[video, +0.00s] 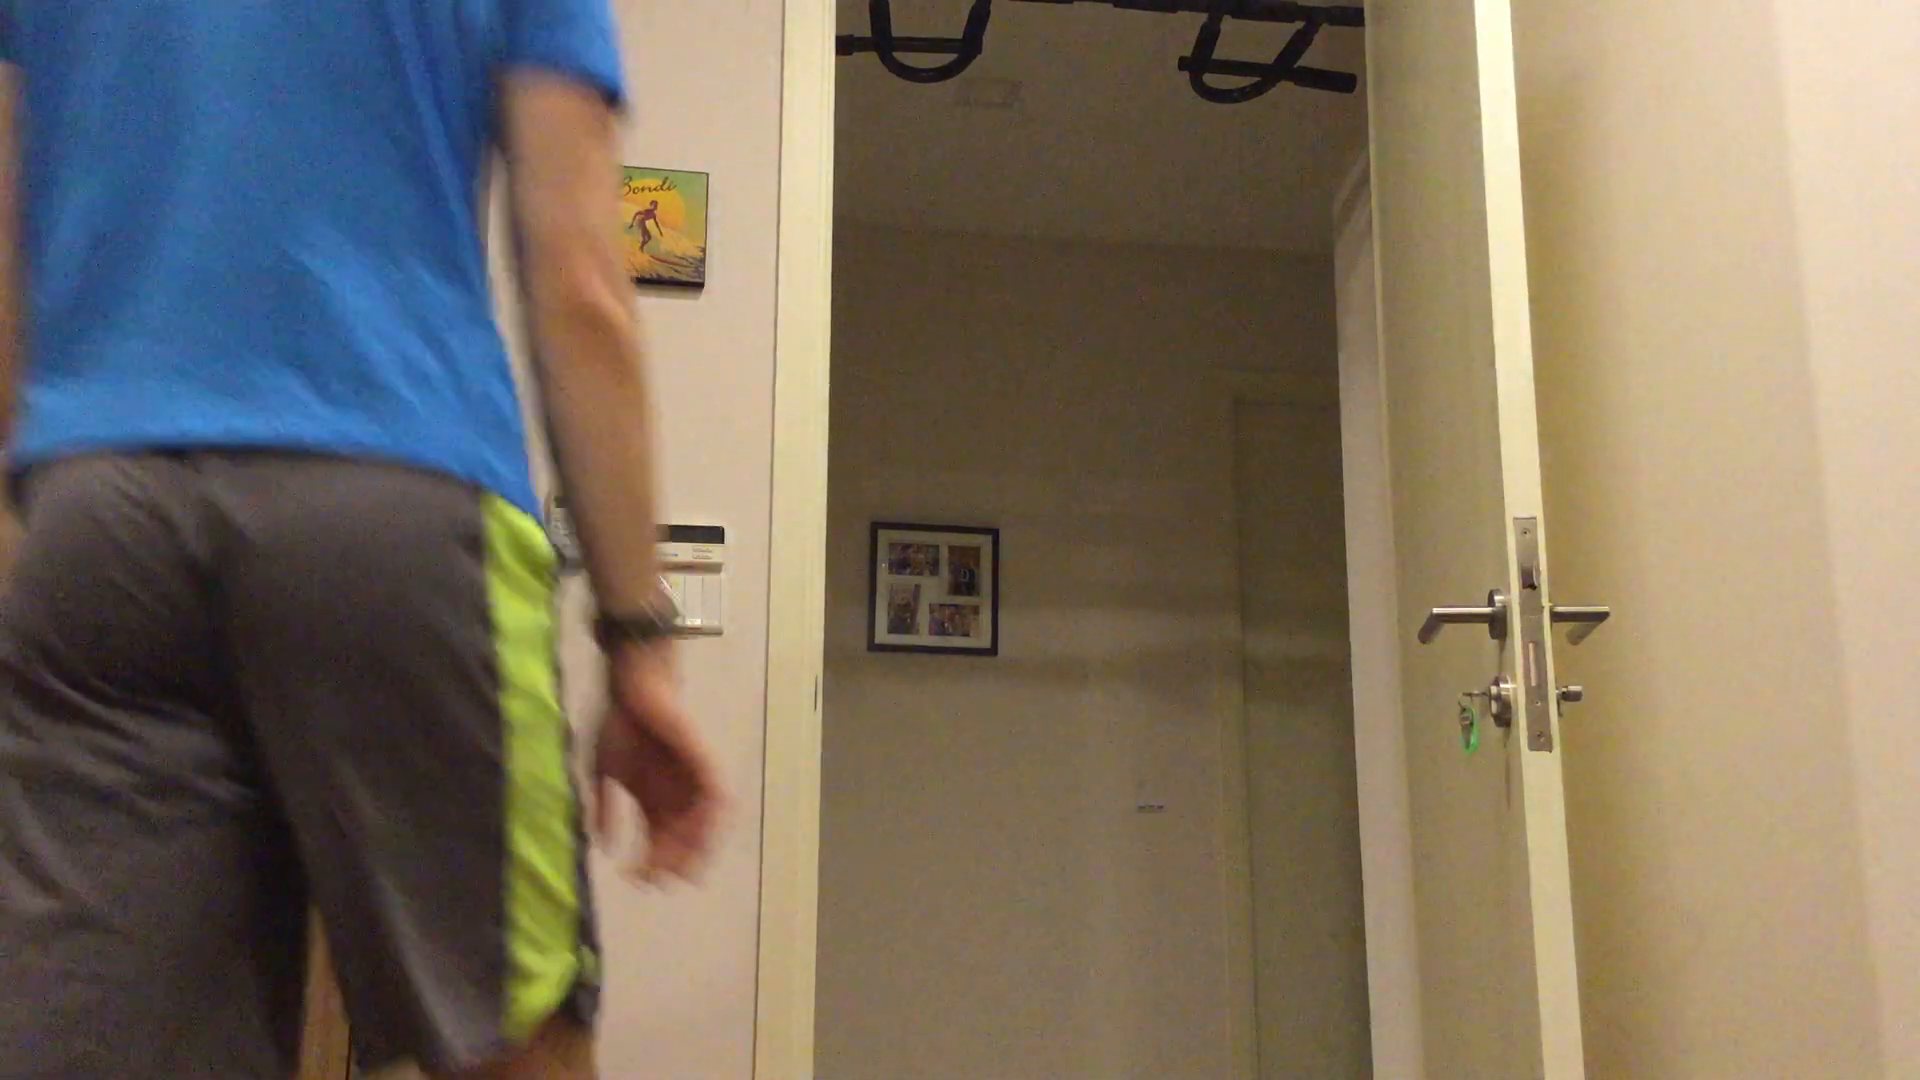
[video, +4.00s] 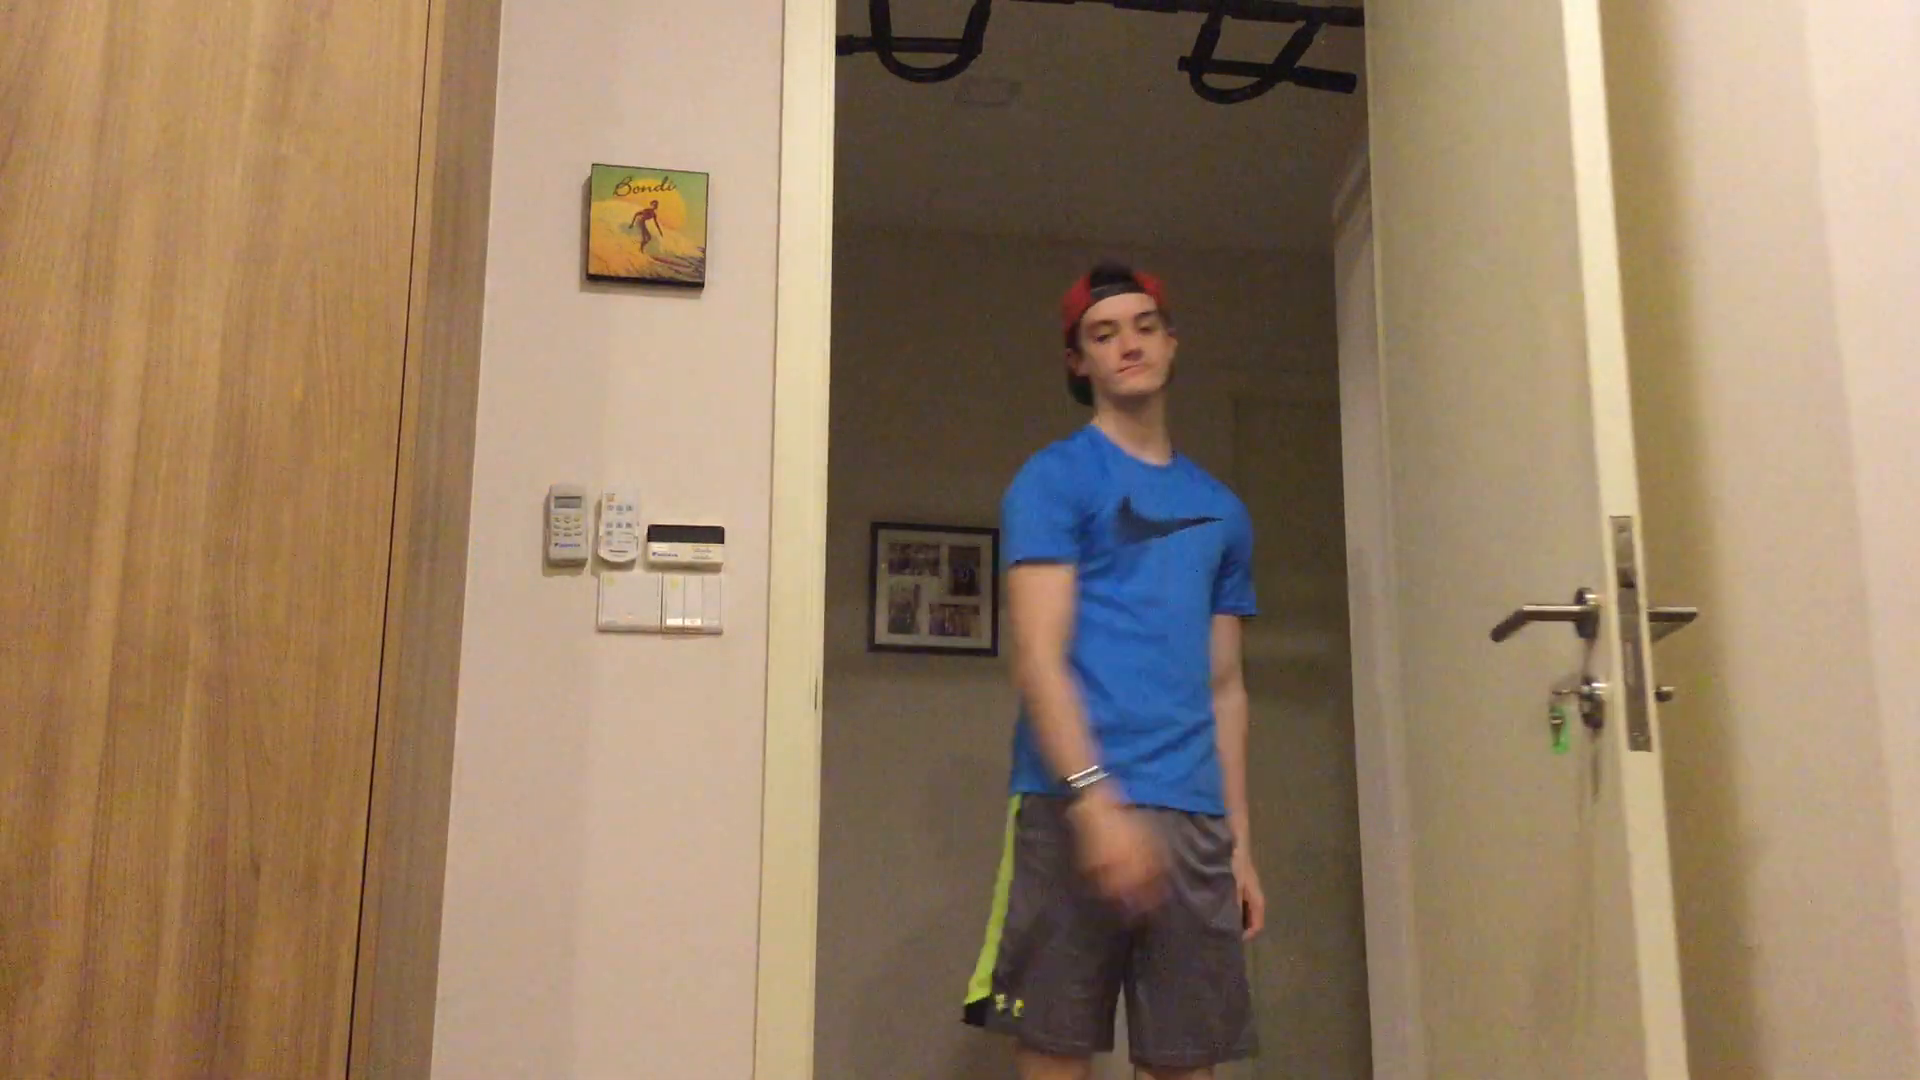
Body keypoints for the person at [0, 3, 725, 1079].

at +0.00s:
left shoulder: (47, 20)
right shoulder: (515, 7)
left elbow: (11, 255)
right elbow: (580, 284)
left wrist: (27, 492)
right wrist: (642, 641)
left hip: (86, 500)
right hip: (401, 517)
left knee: (104, 1051)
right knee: (513, 1042)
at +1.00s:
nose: (981, 676)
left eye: (1004, 671)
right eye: (1002, 649)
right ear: (982, 573)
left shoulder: (745, 484)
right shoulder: (932, 594)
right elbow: (917, 946)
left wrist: (698, 1019)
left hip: (415, 539)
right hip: (614, 582)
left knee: (299, 1035)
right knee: (644, 1047)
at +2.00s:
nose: (989, 425)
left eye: (1001, 404)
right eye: (1001, 397)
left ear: (891, 332)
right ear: (982, 360)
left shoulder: (763, 388)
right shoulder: (921, 417)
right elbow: (878, 653)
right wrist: (901, 910)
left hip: (483, 621)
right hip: (627, 629)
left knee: (510, 1046)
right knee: (684, 1042)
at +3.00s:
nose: (1107, 293)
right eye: (1110, 278)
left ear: (1001, 261)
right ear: (1106, 274)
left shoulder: (909, 398)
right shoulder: (1111, 366)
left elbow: (895, 634)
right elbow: (1148, 593)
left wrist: (912, 816)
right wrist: (1240, 765)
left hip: (952, 766)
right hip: (1060, 759)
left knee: (1119, 1045)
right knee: (1047, 1054)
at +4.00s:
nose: (1130, 342)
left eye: (1146, 325)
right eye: (1105, 332)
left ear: (1173, 343)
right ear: (1079, 361)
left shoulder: (1221, 508)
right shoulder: (1053, 480)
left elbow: (1225, 686)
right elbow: (1037, 658)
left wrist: (1238, 842)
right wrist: (1094, 803)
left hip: (1194, 824)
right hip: (1075, 816)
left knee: (1184, 1063)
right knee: (1055, 1058)